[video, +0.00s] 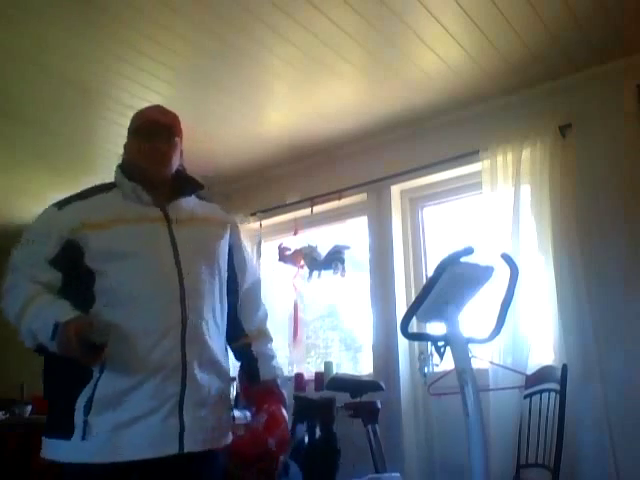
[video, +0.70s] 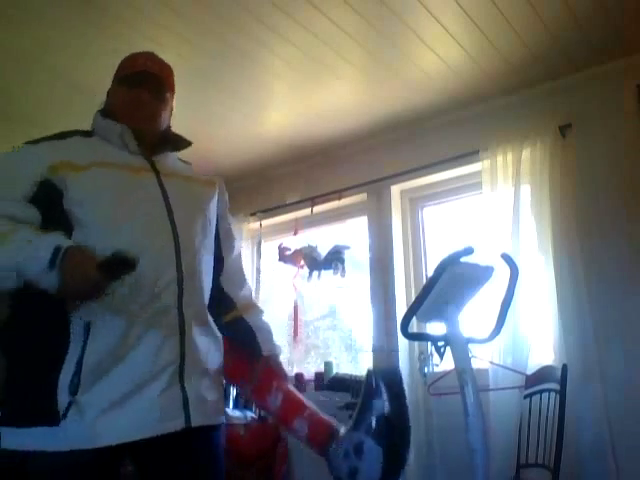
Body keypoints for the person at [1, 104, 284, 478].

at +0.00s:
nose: (155, 141)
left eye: (166, 134)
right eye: (143, 133)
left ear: (181, 149)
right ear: (125, 145)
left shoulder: (218, 223)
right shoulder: (71, 218)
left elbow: (250, 314)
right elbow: (21, 287)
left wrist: (268, 383)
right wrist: (59, 325)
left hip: (204, 435)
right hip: (107, 442)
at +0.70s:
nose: (150, 89)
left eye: (161, 86)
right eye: (137, 80)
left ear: (172, 108)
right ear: (108, 94)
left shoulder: (205, 190)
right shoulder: (39, 162)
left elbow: (232, 293)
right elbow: (4, 235)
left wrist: (261, 357)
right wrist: (52, 261)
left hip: (189, 418)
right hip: (73, 423)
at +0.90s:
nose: (202, 104)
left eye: (213, 100)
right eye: (188, 90)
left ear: (218, 120)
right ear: (159, 99)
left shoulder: (236, 207)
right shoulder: (91, 153)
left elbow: (239, 323)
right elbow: (14, 210)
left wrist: (253, 403)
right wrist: (105, 241)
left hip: (212, 445)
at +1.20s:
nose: (268, 115)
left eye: (275, 106)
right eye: (258, 101)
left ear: (280, 115)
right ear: (222, 96)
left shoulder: (282, 194)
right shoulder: (155, 146)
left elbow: (283, 312)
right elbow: (83, 212)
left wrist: (300, 428)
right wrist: (175, 231)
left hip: (261, 442)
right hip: (147, 438)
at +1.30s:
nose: (282, 115)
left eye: (294, 108)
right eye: (272, 101)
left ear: (301, 118)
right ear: (239, 98)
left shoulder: (313, 197)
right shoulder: (173, 154)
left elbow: (322, 312)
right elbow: (108, 222)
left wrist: (349, 390)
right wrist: (208, 234)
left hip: (296, 446)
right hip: (181, 443)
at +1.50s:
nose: (302, 96)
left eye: (309, 88)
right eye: (289, 84)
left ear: (314, 101)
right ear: (250, 87)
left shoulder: (339, 186)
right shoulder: (181, 152)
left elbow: (379, 288)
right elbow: (122, 223)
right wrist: (219, 238)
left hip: (308, 430)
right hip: (194, 426)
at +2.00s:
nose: (302, 69)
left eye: (305, 61)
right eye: (290, 52)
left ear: (301, 76)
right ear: (242, 48)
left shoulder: (306, 168)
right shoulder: (164, 116)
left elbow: (325, 278)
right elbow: (124, 209)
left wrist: (352, 347)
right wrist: (247, 280)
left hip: (299, 425)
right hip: (193, 424)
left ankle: (503, 457)